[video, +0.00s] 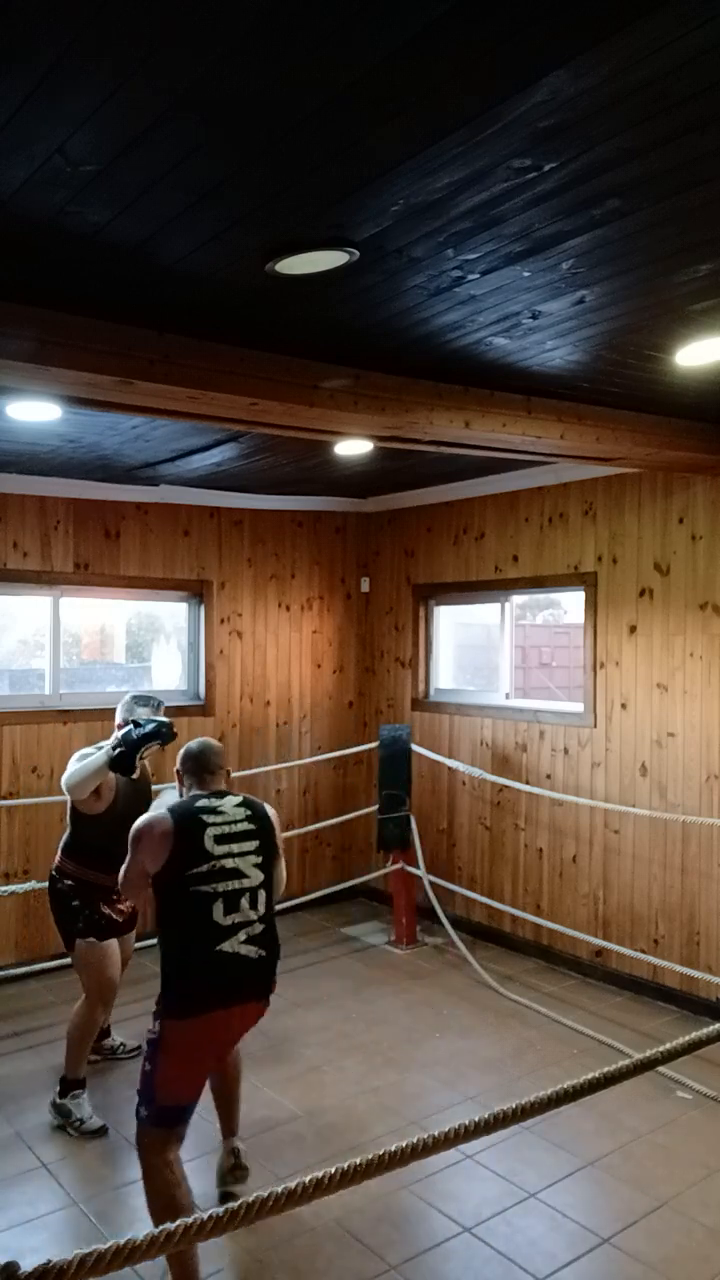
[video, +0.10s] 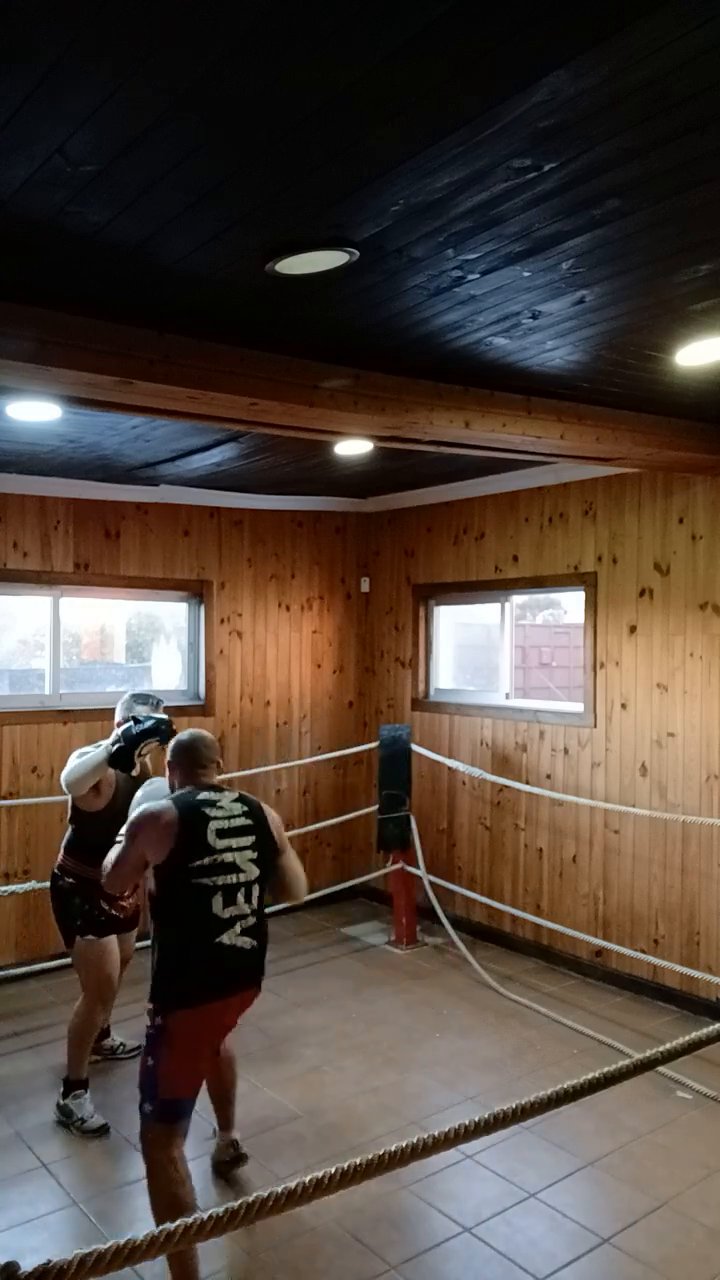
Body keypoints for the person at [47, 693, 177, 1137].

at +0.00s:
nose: (146, 739)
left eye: (152, 731)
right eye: (139, 727)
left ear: (156, 737)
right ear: (120, 725)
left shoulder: (144, 775)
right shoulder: (91, 761)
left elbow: (146, 825)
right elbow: (73, 788)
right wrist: (118, 748)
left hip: (121, 882)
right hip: (77, 884)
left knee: (117, 965)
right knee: (102, 988)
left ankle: (100, 1037)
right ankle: (69, 1094)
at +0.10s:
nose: (152, 740)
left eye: (157, 733)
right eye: (146, 730)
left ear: (158, 736)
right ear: (124, 727)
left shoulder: (153, 772)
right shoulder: (95, 762)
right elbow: (71, 784)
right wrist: (116, 743)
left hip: (125, 879)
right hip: (80, 881)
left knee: (118, 963)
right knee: (101, 989)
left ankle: (98, 1037)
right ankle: (72, 1094)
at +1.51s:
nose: (136, 728)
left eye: (138, 723)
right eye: (130, 719)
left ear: (134, 724)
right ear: (104, 715)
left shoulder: (133, 752)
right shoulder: (78, 750)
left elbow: (152, 780)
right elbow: (35, 760)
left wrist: (116, 730)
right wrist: (61, 711)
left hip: (124, 872)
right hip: (80, 876)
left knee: (117, 965)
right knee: (87, 984)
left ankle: (94, 1037)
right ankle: (64, 1085)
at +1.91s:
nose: (119, 734)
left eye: (126, 726)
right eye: (111, 726)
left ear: (134, 723)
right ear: (94, 721)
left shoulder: (138, 762)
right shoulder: (77, 753)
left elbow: (155, 805)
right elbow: (21, 784)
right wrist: (60, 754)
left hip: (125, 875)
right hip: (74, 875)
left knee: (122, 970)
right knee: (81, 977)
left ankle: (111, 1065)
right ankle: (62, 1075)